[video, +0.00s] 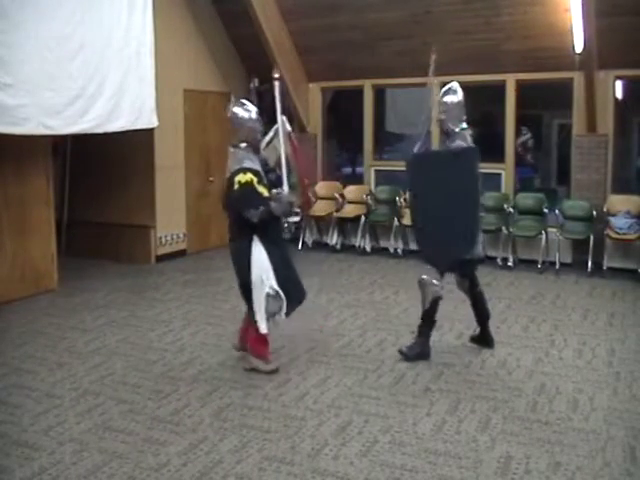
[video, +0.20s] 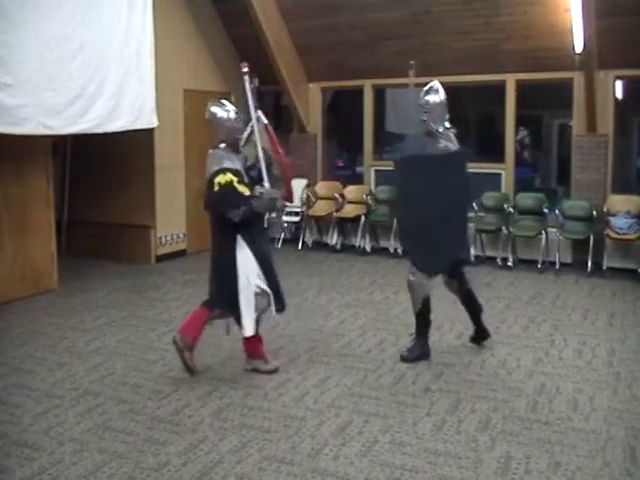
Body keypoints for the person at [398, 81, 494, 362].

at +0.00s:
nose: (443, 114)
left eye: (449, 109)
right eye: (441, 109)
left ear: (458, 113)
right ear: (438, 110)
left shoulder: (461, 142)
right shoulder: (435, 139)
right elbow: (415, 161)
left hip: (454, 220)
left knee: (432, 278)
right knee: (468, 279)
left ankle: (422, 342)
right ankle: (485, 333)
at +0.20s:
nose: (427, 112)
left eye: (433, 107)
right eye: (424, 107)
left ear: (444, 110)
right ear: (420, 109)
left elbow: (463, 192)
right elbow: (404, 194)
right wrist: (404, 232)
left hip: (440, 225)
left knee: (417, 280)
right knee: (454, 278)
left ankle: (421, 342)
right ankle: (479, 327)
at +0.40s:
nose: (407, 110)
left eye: (413, 104)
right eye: (407, 104)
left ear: (423, 107)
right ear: (406, 107)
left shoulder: (432, 143)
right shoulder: (412, 140)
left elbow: (440, 191)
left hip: (429, 220)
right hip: (415, 219)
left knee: (414, 276)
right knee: (418, 272)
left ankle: (421, 340)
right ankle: (444, 318)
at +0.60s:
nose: (390, 110)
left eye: (395, 104)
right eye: (389, 104)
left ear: (406, 106)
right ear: (387, 107)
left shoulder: (415, 139)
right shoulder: (396, 138)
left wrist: (375, 171)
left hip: (417, 222)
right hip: (398, 221)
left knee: (410, 279)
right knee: (383, 275)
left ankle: (421, 343)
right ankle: (383, 336)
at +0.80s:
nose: (371, 116)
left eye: (375, 110)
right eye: (371, 110)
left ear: (385, 113)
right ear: (380, 113)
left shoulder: (396, 143)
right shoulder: (382, 142)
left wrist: (349, 171)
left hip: (390, 227)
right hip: (377, 226)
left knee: (399, 287)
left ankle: (420, 342)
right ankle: (352, 343)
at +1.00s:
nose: (358, 110)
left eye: (360, 105)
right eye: (356, 105)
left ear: (355, 108)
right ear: (356, 108)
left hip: (359, 219)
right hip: (351, 217)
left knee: (351, 283)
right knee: (349, 281)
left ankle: (386, 328)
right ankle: (349, 343)